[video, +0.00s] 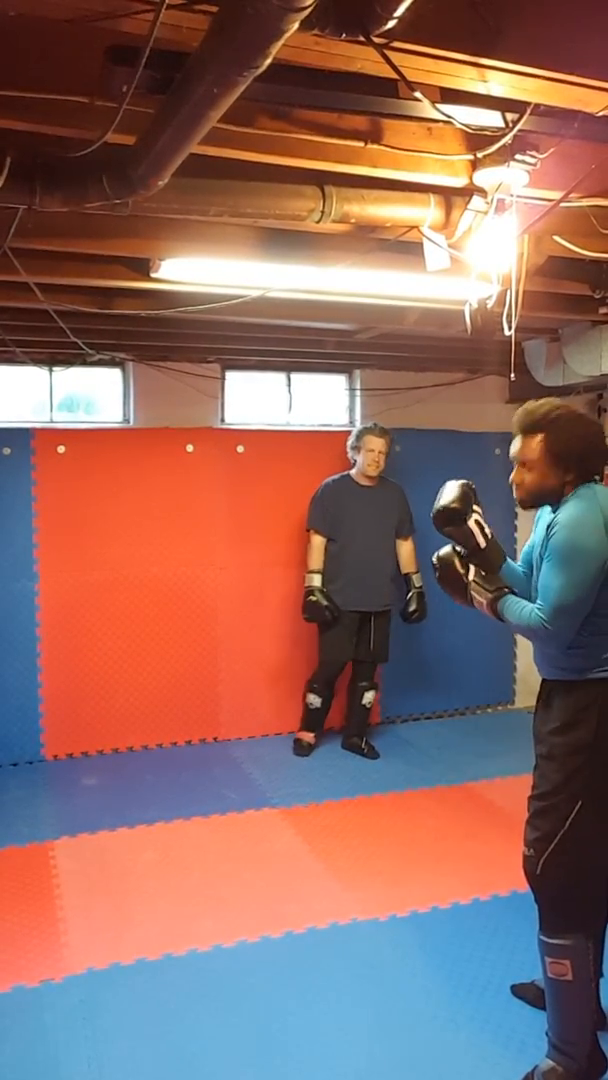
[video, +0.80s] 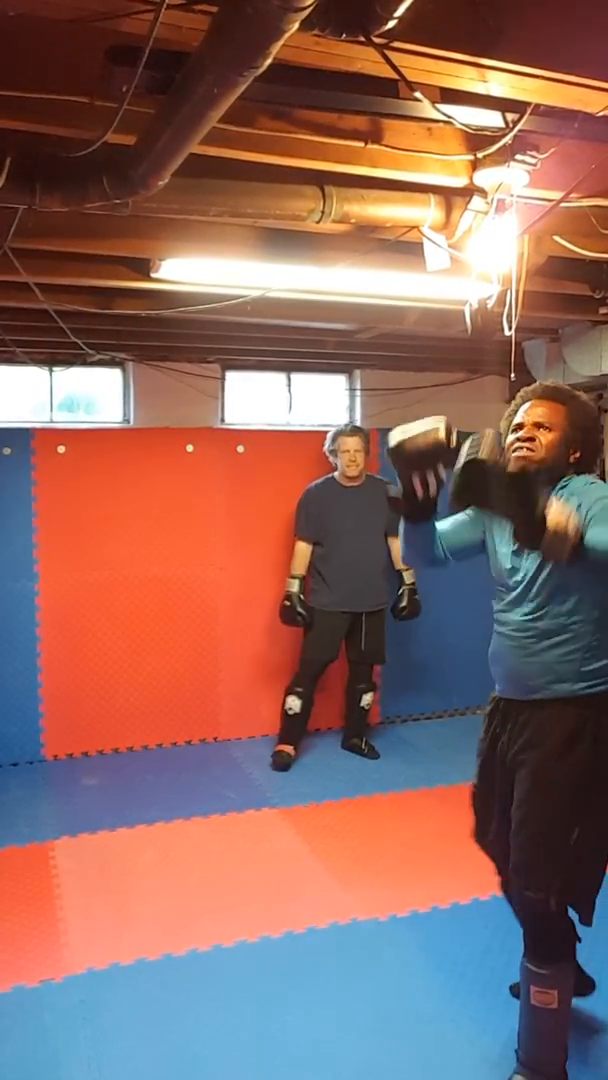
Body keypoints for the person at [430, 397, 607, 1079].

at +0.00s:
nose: (515, 472)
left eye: (526, 461)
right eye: (515, 461)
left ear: (566, 465)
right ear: (550, 462)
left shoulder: (580, 515)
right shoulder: (556, 510)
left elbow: (549, 623)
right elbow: (520, 589)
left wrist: (486, 597)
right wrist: (485, 545)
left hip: (585, 709)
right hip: (570, 701)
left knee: (561, 866)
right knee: (567, 853)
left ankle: (576, 1058)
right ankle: (571, 985)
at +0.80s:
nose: (520, 436)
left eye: (537, 427)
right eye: (516, 428)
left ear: (577, 442)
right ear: (508, 442)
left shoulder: (589, 494)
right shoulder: (499, 502)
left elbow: (597, 531)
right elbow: (423, 548)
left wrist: (568, 522)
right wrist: (419, 493)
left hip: (574, 710)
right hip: (510, 708)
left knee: (537, 880)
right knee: (497, 839)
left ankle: (542, 1065)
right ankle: (559, 965)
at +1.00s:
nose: (524, 439)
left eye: (538, 429)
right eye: (516, 429)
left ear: (566, 441)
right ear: (502, 442)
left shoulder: (589, 503)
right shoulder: (494, 498)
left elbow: (603, 517)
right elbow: (414, 515)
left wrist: (576, 434)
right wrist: (415, 456)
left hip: (570, 717)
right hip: (497, 710)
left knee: (542, 888)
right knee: (477, 843)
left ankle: (546, 1061)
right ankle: (503, 974)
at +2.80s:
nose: (460, 451)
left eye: (472, 438)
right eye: (463, 437)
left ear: (518, 445)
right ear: (498, 445)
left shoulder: (581, 510)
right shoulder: (481, 516)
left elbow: (598, 564)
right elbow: (447, 593)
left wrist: (596, 505)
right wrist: (380, 571)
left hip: (564, 727)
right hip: (486, 718)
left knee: (543, 901)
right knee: (455, 855)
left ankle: (542, 1067)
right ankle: (474, 973)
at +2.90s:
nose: (449, 459)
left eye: (461, 445)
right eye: (452, 445)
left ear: (509, 447)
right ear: (492, 449)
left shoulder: (588, 513)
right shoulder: (481, 522)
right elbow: (489, 598)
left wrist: (594, 609)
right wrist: (416, 612)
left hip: (568, 728)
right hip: (490, 719)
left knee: (548, 900)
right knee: (473, 860)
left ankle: (543, 1064)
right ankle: (478, 976)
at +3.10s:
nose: (453, 472)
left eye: (460, 457)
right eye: (453, 458)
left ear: (502, 454)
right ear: (497, 456)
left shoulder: (570, 515)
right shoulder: (502, 516)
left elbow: (606, 616)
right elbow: (506, 607)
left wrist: (550, 649)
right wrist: (437, 608)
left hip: (560, 728)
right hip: (503, 717)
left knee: (545, 890)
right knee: (505, 854)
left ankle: (544, 1065)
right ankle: (522, 967)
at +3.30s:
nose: (474, 462)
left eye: (479, 447)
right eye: (475, 447)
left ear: (506, 450)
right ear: (528, 446)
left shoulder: (545, 503)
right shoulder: (537, 502)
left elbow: (512, 615)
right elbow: (509, 591)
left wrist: (449, 596)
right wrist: (451, 569)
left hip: (555, 716)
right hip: (548, 710)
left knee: (543, 889)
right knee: (556, 876)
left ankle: (542, 1065)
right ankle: (585, 988)